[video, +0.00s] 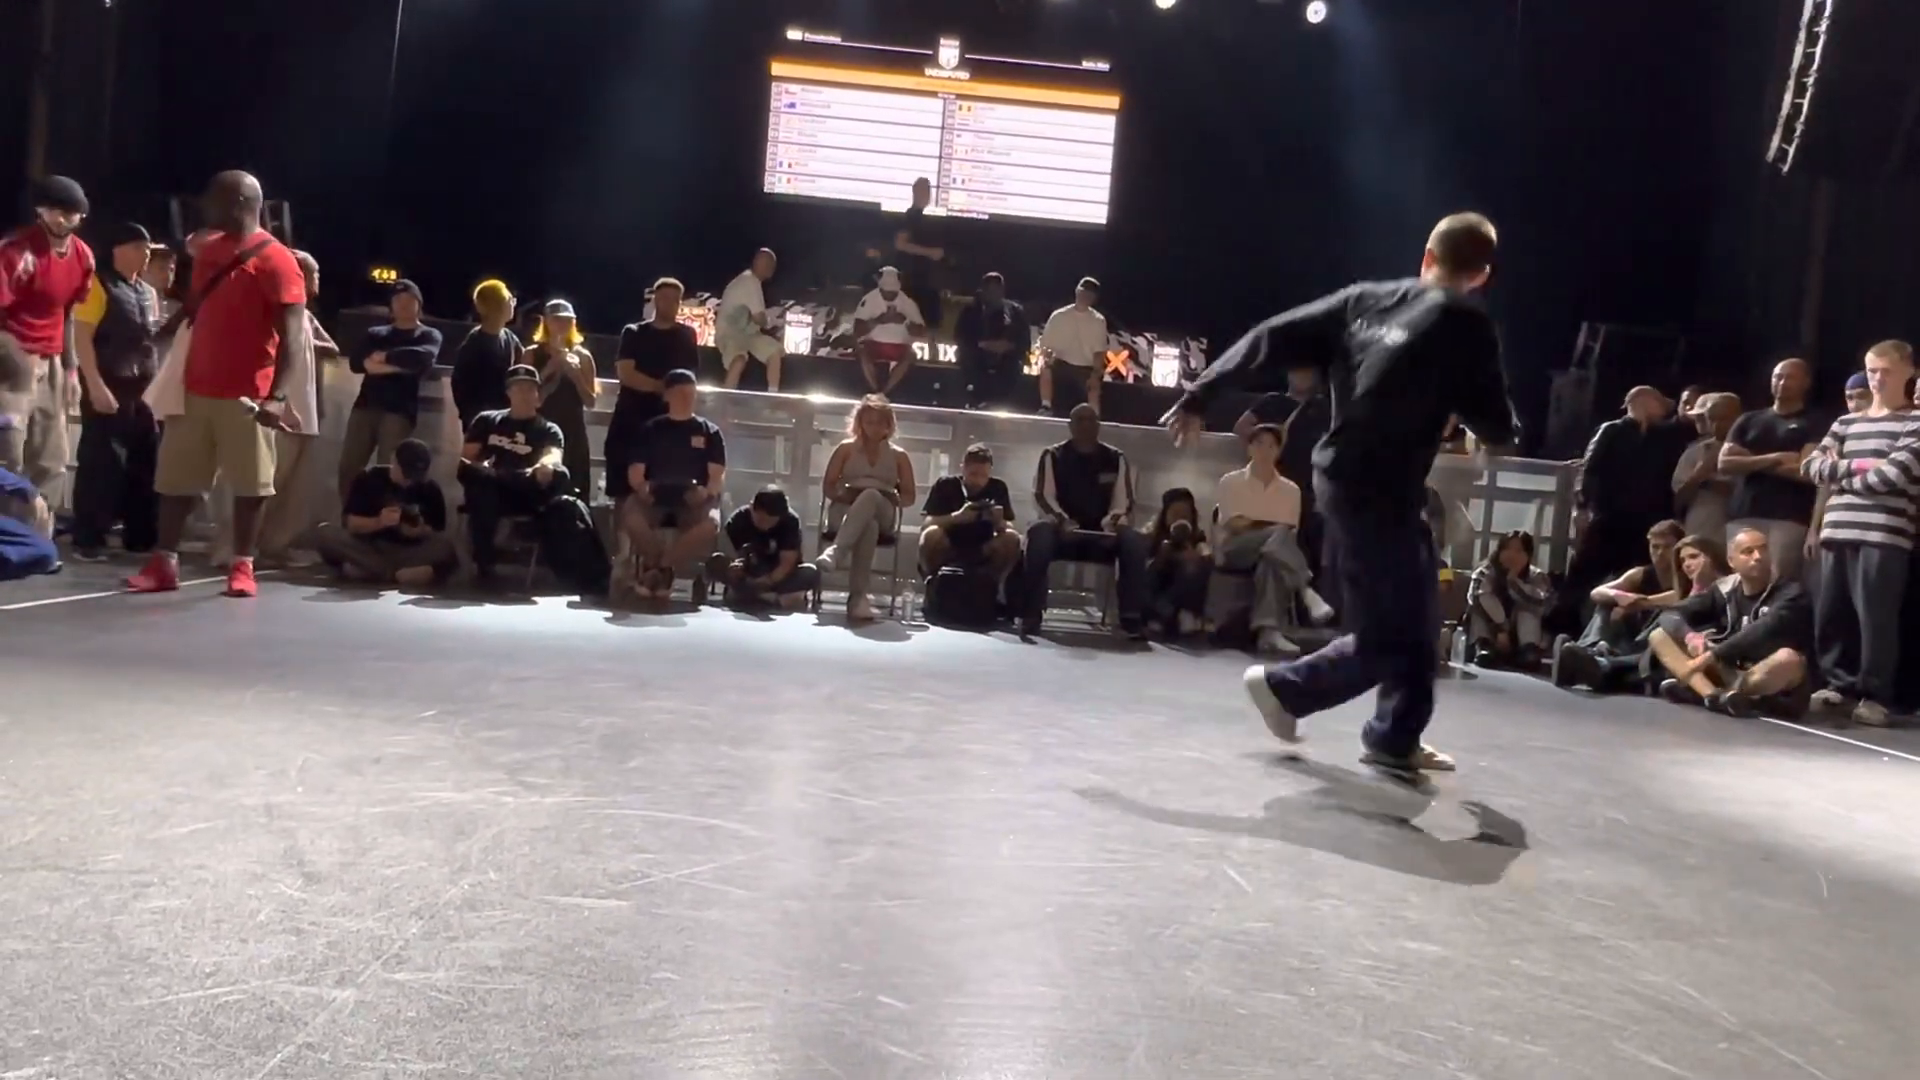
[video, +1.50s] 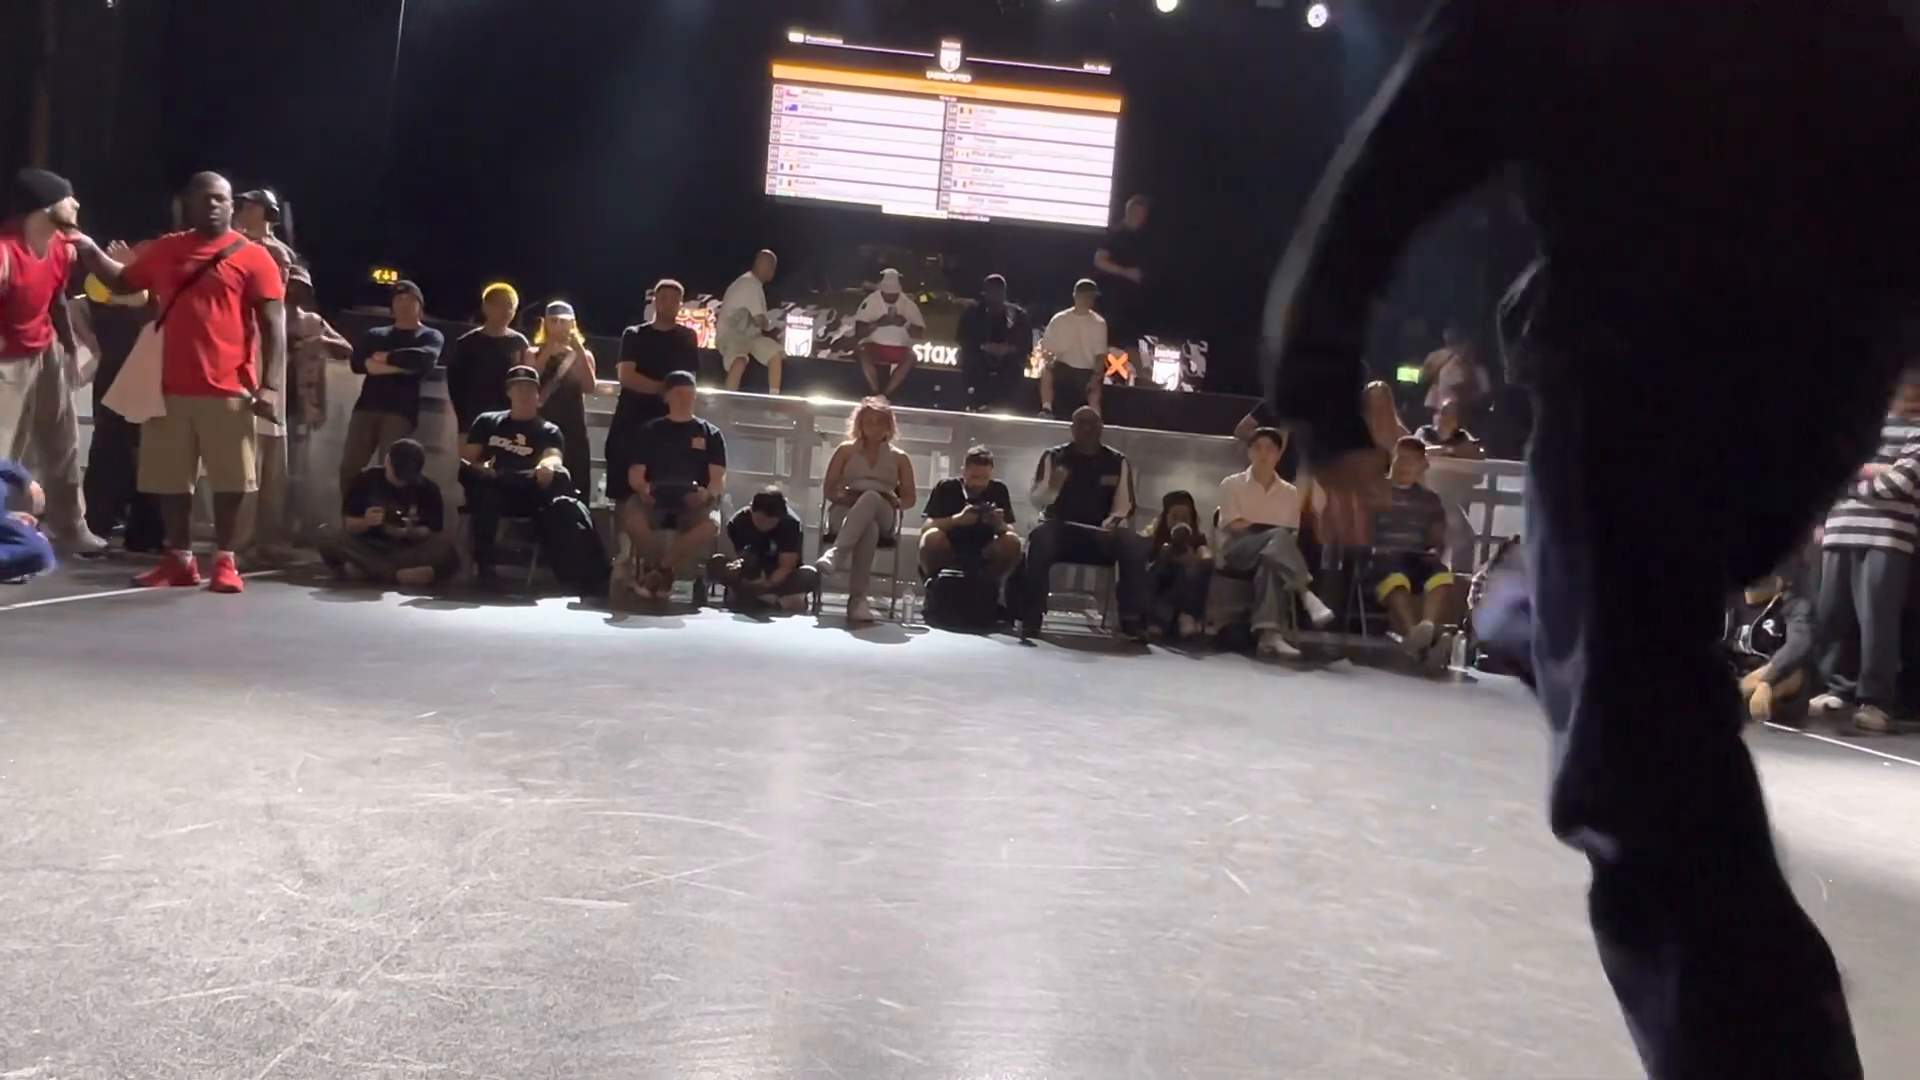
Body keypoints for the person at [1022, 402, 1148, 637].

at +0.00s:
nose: (1085, 426)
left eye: (1091, 421)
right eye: (1079, 421)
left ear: (1099, 425)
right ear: (1070, 425)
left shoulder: (1116, 458)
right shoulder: (1053, 456)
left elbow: (1123, 501)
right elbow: (1044, 496)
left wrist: (1114, 518)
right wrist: (1062, 519)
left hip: (1102, 536)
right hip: (1067, 534)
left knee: (1133, 540)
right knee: (1040, 532)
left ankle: (1132, 619)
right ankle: (1032, 616)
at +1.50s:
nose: (1087, 429)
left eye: (1093, 423)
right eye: (1081, 423)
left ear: (1102, 428)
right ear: (1071, 428)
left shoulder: (1118, 462)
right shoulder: (1053, 457)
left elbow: (1123, 503)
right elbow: (1037, 500)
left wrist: (1114, 519)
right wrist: (1053, 486)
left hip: (1099, 535)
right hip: (1062, 533)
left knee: (1132, 541)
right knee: (1040, 536)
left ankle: (1132, 619)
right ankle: (1031, 619)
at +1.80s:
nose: (1083, 428)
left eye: (1089, 423)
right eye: (1078, 423)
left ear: (1100, 428)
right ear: (1070, 428)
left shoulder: (1118, 461)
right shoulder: (1059, 453)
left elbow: (1123, 503)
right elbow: (1034, 470)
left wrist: (1114, 519)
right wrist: (1055, 434)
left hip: (1099, 534)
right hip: (1062, 532)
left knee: (1132, 541)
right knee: (1041, 535)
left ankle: (1131, 619)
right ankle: (1031, 618)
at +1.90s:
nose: (1085, 429)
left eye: (1091, 423)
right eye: (1080, 424)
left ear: (1101, 429)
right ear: (1072, 429)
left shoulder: (1119, 462)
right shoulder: (1061, 455)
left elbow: (1124, 504)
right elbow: (1035, 465)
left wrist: (1115, 520)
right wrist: (1058, 431)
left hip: (1099, 534)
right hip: (1062, 532)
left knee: (1132, 542)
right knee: (1041, 537)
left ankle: (1131, 620)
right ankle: (1031, 620)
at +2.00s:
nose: (1086, 430)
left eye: (1092, 424)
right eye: (1080, 425)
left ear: (1101, 430)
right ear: (1072, 430)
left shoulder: (1120, 463)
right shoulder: (1061, 455)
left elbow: (1124, 504)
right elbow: (1036, 464)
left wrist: (1115, 520)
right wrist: (1058, 429)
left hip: (1099, 535)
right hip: (1062, 532)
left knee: (1131, 543)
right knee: (1043, 537)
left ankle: (1131, 622)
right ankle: (1031, 621)